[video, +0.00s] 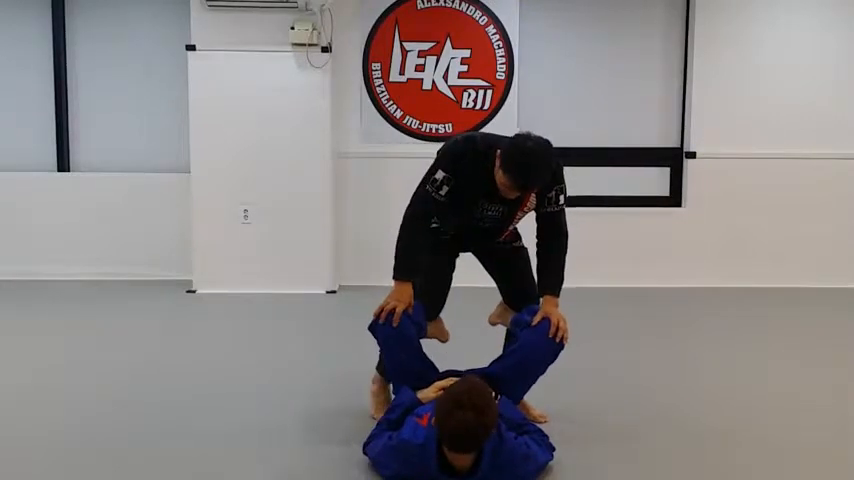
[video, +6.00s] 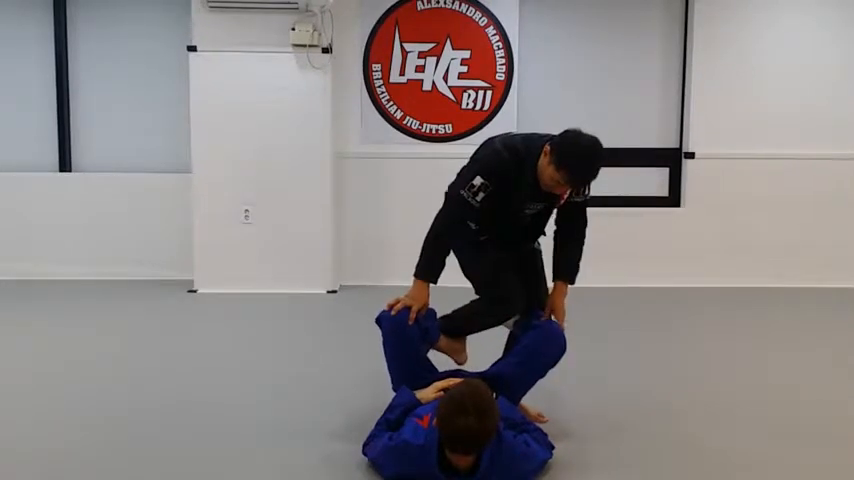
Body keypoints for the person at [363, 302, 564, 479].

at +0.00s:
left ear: (436, 422)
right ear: (494, 422)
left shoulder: (406, 451)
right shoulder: (515, 456)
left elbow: (374, 442)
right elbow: (540, 441)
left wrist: (415, 398)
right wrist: (503, 402)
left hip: (426, 390)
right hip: (494, 393)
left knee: (390, 320)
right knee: (550, 330)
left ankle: (427, 323)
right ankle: (509, 313)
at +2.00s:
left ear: (434, 419)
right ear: (495, 418)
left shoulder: (407, 452)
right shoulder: (515, 456)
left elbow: (374, 443)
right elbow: (540, 442)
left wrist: (414, 397)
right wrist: (506, 403)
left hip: (424, 396)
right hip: (492, 393)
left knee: (373, 327)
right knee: (546, 326)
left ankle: (431, 333)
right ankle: (509, 312)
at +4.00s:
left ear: (437, 426)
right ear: (495, 425)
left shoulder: (405, 454)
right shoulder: (516, 457)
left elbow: (373, 444)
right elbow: (541, 443)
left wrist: (412, 398)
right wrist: (503, 403)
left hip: (424, 395)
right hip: (494, 393)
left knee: (381, 324)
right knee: (556, 341)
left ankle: (435, 339)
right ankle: (510, 314)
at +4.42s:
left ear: (438, 422)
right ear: (496, 426)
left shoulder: (408, 451)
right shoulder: (515, 457)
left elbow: (374, 444)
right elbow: (541, 444)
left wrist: (412, 397)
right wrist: (519, 413)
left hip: (429, 390)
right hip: (497, 395)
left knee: (398, 318)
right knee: (563, 349)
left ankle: (451, 315)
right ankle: (515, 316)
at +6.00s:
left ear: (437, 422)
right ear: (495, 424)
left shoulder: (405, 454)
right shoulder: (516, 457)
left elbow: (373, 444)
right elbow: (540, 441)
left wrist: (413, 397)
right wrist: (505, 404)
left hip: (425, 394)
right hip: (494, 396)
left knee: (396, 317)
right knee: (551, 335)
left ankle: (442, 340)